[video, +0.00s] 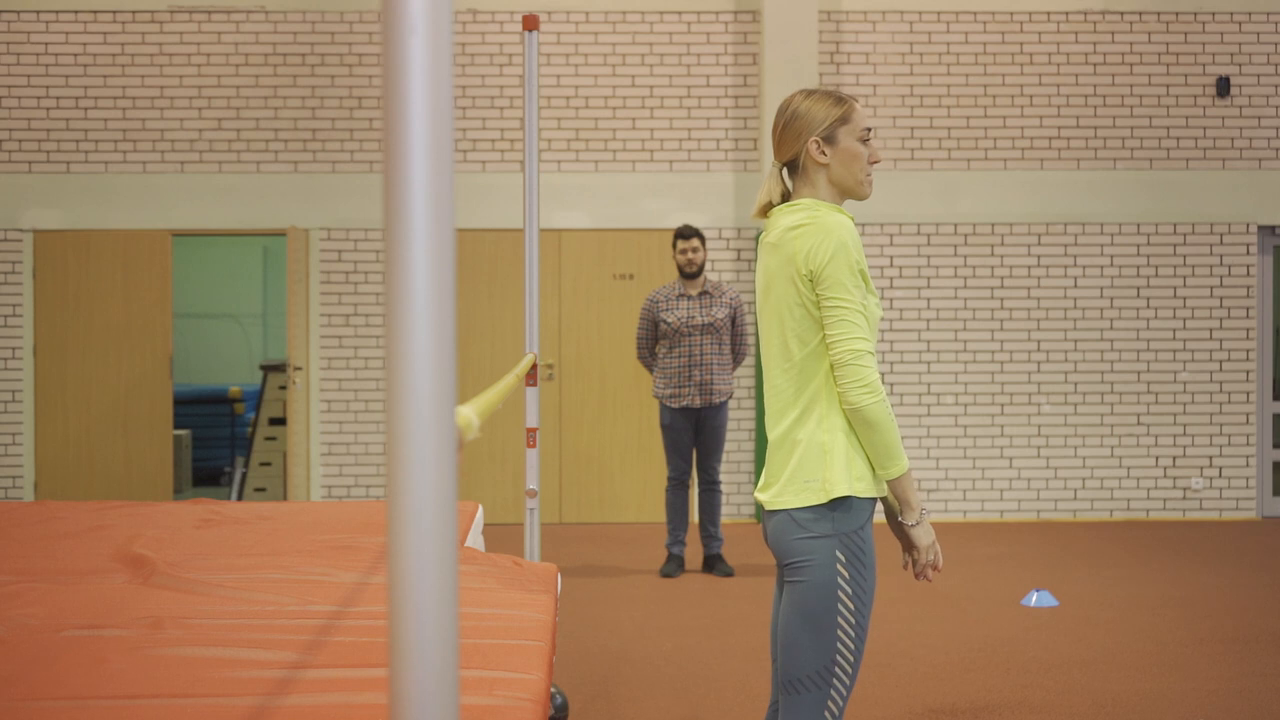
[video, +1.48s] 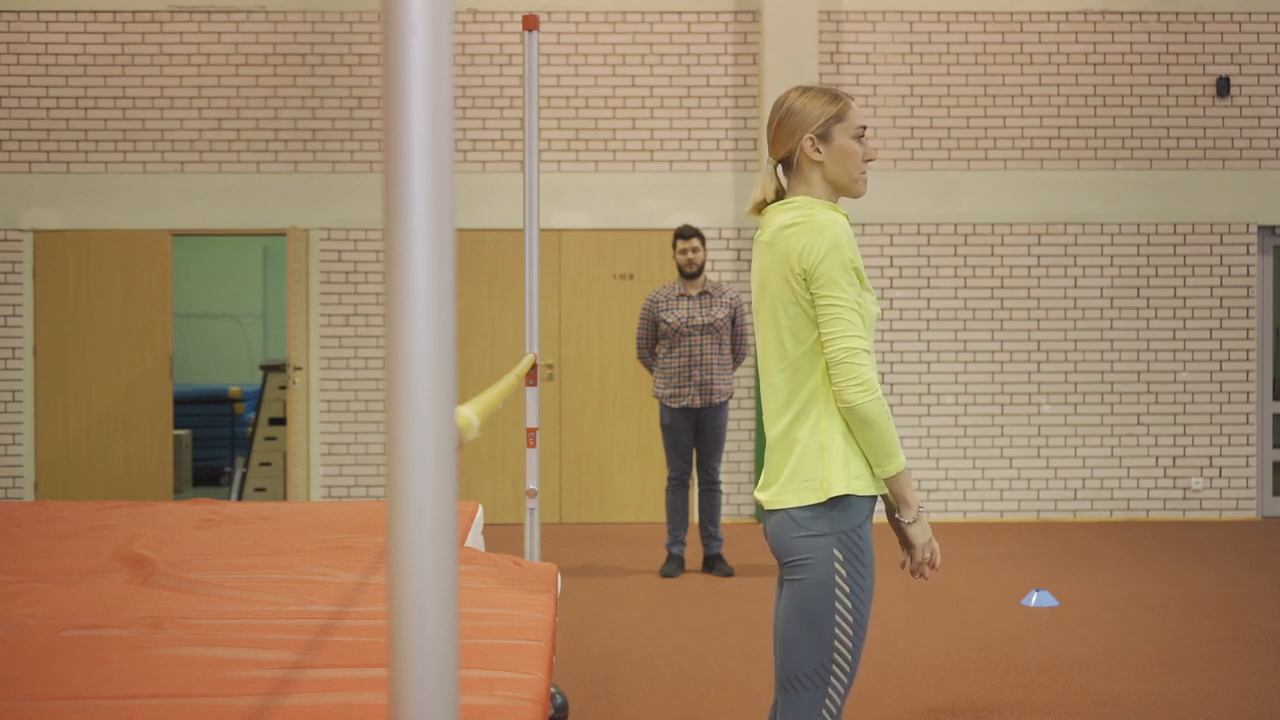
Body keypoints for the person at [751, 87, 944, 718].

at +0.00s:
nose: (874, 154)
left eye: (870, 140)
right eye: (862, 140)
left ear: (817, 154)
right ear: (819, 152)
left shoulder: (782, 231)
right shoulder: (829, 231)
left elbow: (812, 389)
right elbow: (856, 384)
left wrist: (897, 510)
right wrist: (909, 507)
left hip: (795, 501)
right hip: (828, 503)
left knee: (793, 706)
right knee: (815, 707)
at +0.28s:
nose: (874, 154)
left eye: (870, 140)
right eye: (861, 140)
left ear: (815, 154)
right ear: (817, 152)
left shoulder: (781, 231)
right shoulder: (829, 232)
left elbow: (799, 384)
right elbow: (855, 386)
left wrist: (894, 508)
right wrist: (908, 508)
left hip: (795, 503)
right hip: (828, 505)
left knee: (792, 706)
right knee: (816, 708)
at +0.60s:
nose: (873, 154)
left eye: (869, 140)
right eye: (860, 141)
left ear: (814, 154)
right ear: (816, 152)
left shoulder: (780, 231)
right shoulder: (827, 233)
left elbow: (795, 386)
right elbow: (854, 387)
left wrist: (890, 505)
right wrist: (907, 510)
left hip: (795, 502)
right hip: (828, 504)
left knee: (794, 705)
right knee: (818, 707)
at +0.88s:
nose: (872, 154)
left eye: (868, 140)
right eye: (859, 141)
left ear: (813, 154)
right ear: (815, 152)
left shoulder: (779, 231)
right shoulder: (826, 232)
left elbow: (786, 384)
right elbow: (854, 386)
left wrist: (890, 506)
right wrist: (907, 508)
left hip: (797, 502)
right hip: (831, 504)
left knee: (796, 704)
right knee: (819, 707)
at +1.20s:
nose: (871, 153)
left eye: (867, 138)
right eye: (858, 139)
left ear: (812, 153)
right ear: (813, 151)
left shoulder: (778, 230)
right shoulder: (825, 231)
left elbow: (789, 384)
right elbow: (854, 385)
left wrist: (894, 508)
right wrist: (908, 506)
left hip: (798, 502)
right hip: (830, 504)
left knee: (800, 705)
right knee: (817, 707)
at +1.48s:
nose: (870, 152)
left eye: (866, 137)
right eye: (857, 137)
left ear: (812, 151)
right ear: (813, 149)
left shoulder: (779, 228)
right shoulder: (823, 229)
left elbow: (787, 382)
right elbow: (853, 384)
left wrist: (895, 506)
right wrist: (907, 505)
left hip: (798, 501)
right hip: (827, 504)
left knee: (800, 705)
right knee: (814, 707)